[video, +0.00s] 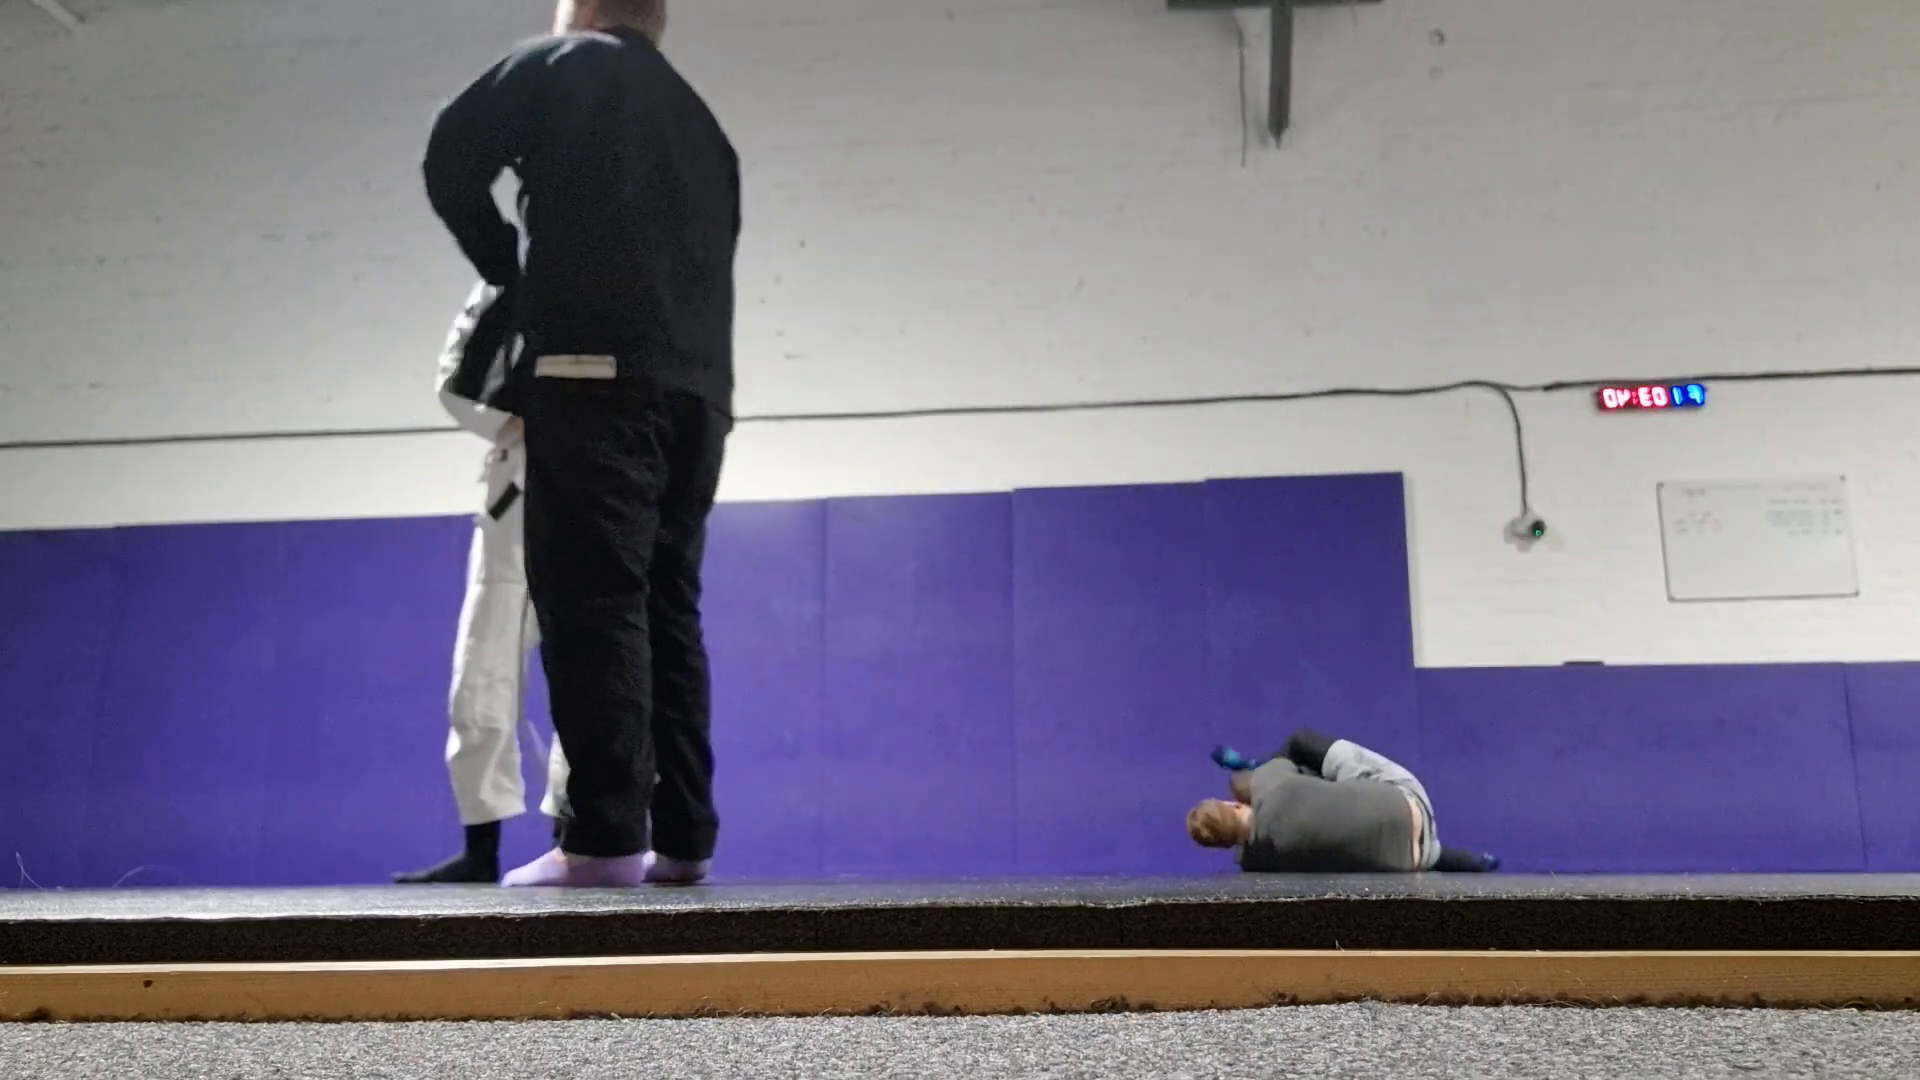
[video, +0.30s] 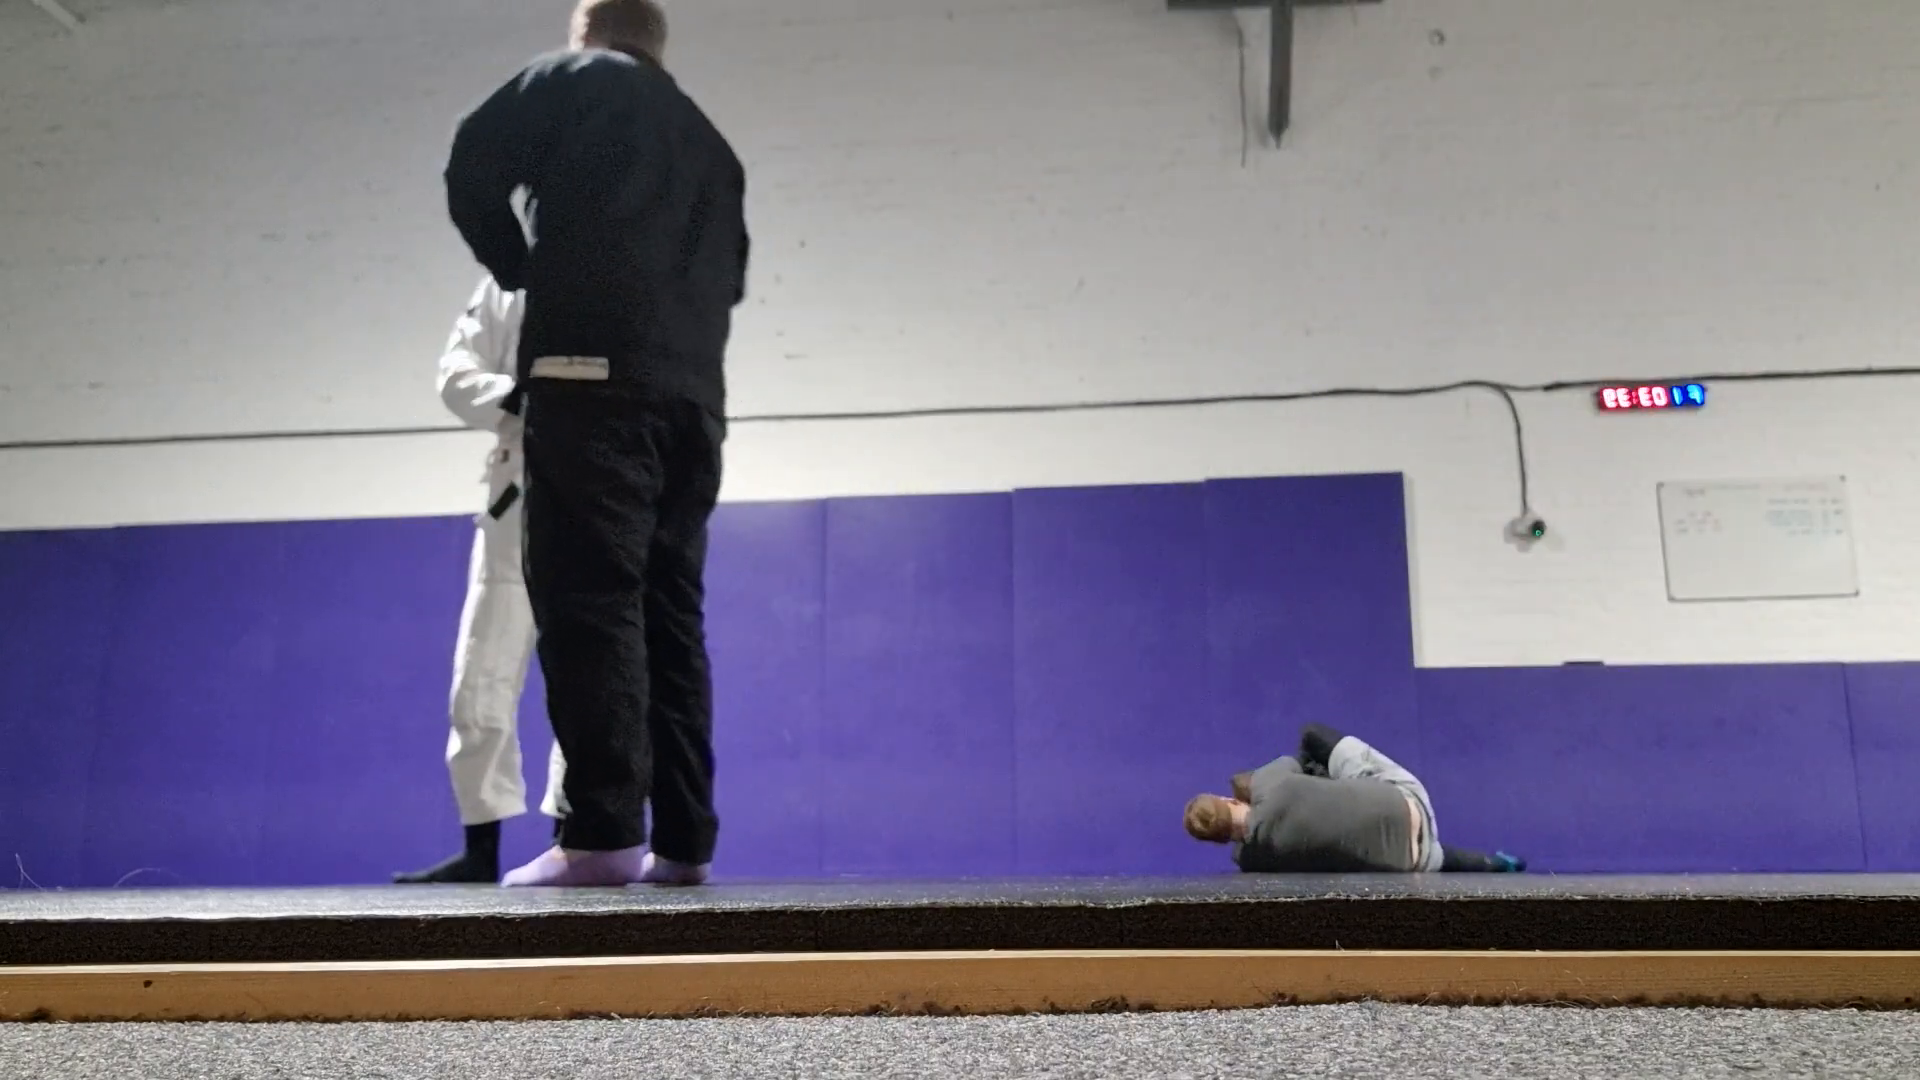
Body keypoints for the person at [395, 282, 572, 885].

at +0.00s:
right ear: (529, 227)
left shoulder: (618, 295)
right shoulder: (508, 279)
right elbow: (455, 385)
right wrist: (518, 426)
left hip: (595, 489)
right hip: (516, 484)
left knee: (588, 669)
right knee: (484, 665)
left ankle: (581, 841)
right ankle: (480, 846)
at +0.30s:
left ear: (601, 227)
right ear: (531, 220)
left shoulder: (624, 291)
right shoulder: (508, 282)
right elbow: (456, 372)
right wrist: (519, 398)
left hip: (599, 498)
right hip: (517, 492)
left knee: (591, 673)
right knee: (482, 671)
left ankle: (579, 842)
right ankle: (480, 849)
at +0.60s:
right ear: (535, 213)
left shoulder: (635, 291)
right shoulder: (512, 281)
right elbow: (457, 372)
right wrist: (524, 402)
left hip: (606, 495)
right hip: (521, 488)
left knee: (594, 673)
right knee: (482, 668)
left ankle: (576, 842)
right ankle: (481, 849)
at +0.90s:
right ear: (539, 230)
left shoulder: (633, 299)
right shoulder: (515, 285)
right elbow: (453, 369)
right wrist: (517, 407)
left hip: (606, 497)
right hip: (522, 490)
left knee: (593, 674)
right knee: (480, 672)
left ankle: (577, 844)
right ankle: (480, 849)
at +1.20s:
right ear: (520, 226)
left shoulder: (618, 292)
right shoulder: (497, 282)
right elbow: (443, 374)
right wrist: (499, 403)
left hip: (589, 496)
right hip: (505, 488)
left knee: (583, 671)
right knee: (444, 665)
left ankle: (571, 841)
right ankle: (436, 837)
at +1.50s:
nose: (486, 222)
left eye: (503, 210)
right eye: (479, 206)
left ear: (535, 218)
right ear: (471, 210)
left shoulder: (564, 286)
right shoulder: (443, 284)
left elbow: (595, 387)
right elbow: (392, 374)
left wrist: (526, 407)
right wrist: (438, 397)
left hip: (539, 505)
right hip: (454, 499)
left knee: (556, 675)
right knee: (406, 674)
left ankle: (565, 845)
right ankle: (383, 854)